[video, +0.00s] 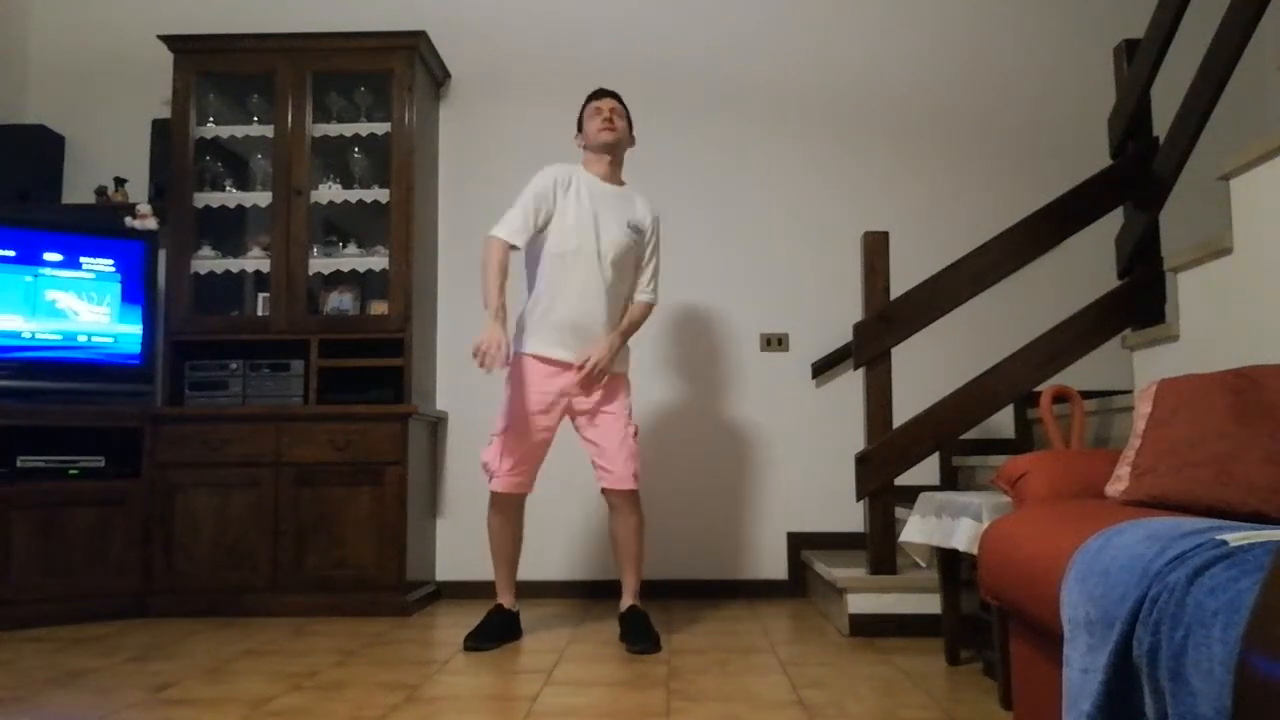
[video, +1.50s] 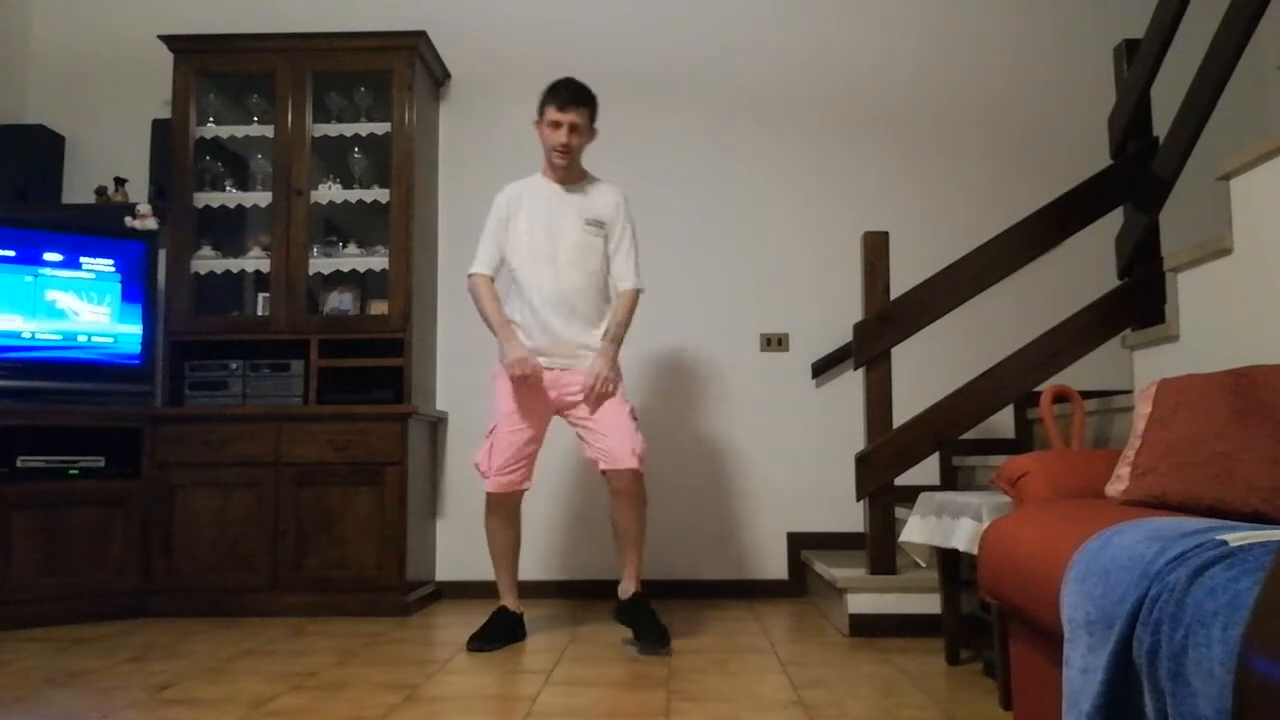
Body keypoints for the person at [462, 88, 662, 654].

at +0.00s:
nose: (607, 117)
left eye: (617, 114)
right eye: (596, 113)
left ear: (630, 138)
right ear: (579, 135)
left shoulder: (640, 210)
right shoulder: (554, 181)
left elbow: (645, 295)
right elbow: (499, 243)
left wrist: (616, 339)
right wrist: (496, 321)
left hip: (604, 369)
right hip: (538, 362)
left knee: (623, 485)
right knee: (507, 485)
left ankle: (632, 606)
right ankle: (505, 608)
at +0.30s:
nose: (562, 124)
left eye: (576, 118)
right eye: (555, 115)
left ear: (593, 134)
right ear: (541, 127)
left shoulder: (605, 189)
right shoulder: (512, 195)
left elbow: (639, 261)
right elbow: (470, 262)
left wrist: (593, 323)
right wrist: (473, 319)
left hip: (585, 369)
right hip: (517, 367)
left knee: (610, 484)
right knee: (498, 484)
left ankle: (630, 601)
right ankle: (503, 609)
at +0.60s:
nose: (515, 116)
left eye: (528, 111)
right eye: (510, 112)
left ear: (554, 133)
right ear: (505, 136)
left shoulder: (572, 178)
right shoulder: (502, 217)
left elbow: (622, 245)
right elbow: (502, 303)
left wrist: (583, 306)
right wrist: (501, 367)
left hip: (594, 365)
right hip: (533, 371)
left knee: (618, 479)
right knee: (505, 484)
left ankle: (632, 598)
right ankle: (506, 608)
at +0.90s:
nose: (565, 122)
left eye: (572, 109)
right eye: (553, 117)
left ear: (595, 114)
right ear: (547, 131)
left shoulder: (631, 183)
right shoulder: (535, 191)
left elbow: (656, 265)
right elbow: (488, 265)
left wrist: (608, 309)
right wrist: (500, 342)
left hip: (607, 369)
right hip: (535, 365)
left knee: (626, 485)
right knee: (486, 465)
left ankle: (629, 605)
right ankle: (494, 591)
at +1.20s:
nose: (605, 119)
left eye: (616, 113)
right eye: (595, 114)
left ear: (634, 133)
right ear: (581, 133)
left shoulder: (645, 214)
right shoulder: (558, 187)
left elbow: (652, 303)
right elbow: (496, 254)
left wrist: (622, 362)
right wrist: (503, 336)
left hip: (608, 377)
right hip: (538, 370)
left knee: (627, 487)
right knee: (497, 480)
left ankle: (628, 607)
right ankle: (502, 600)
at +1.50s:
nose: (562, 137)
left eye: (574, 128)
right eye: (554, 126)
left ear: (589, 134)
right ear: (538, 127)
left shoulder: (608, 200)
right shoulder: (512, 198)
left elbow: (628, 287)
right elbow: (480, 277)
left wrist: (609, 350)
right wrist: (508, 339)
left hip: (591, 368)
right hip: (524, 368)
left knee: (627, 469)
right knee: (501, 485)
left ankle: (632, 597)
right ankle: (508, 609)